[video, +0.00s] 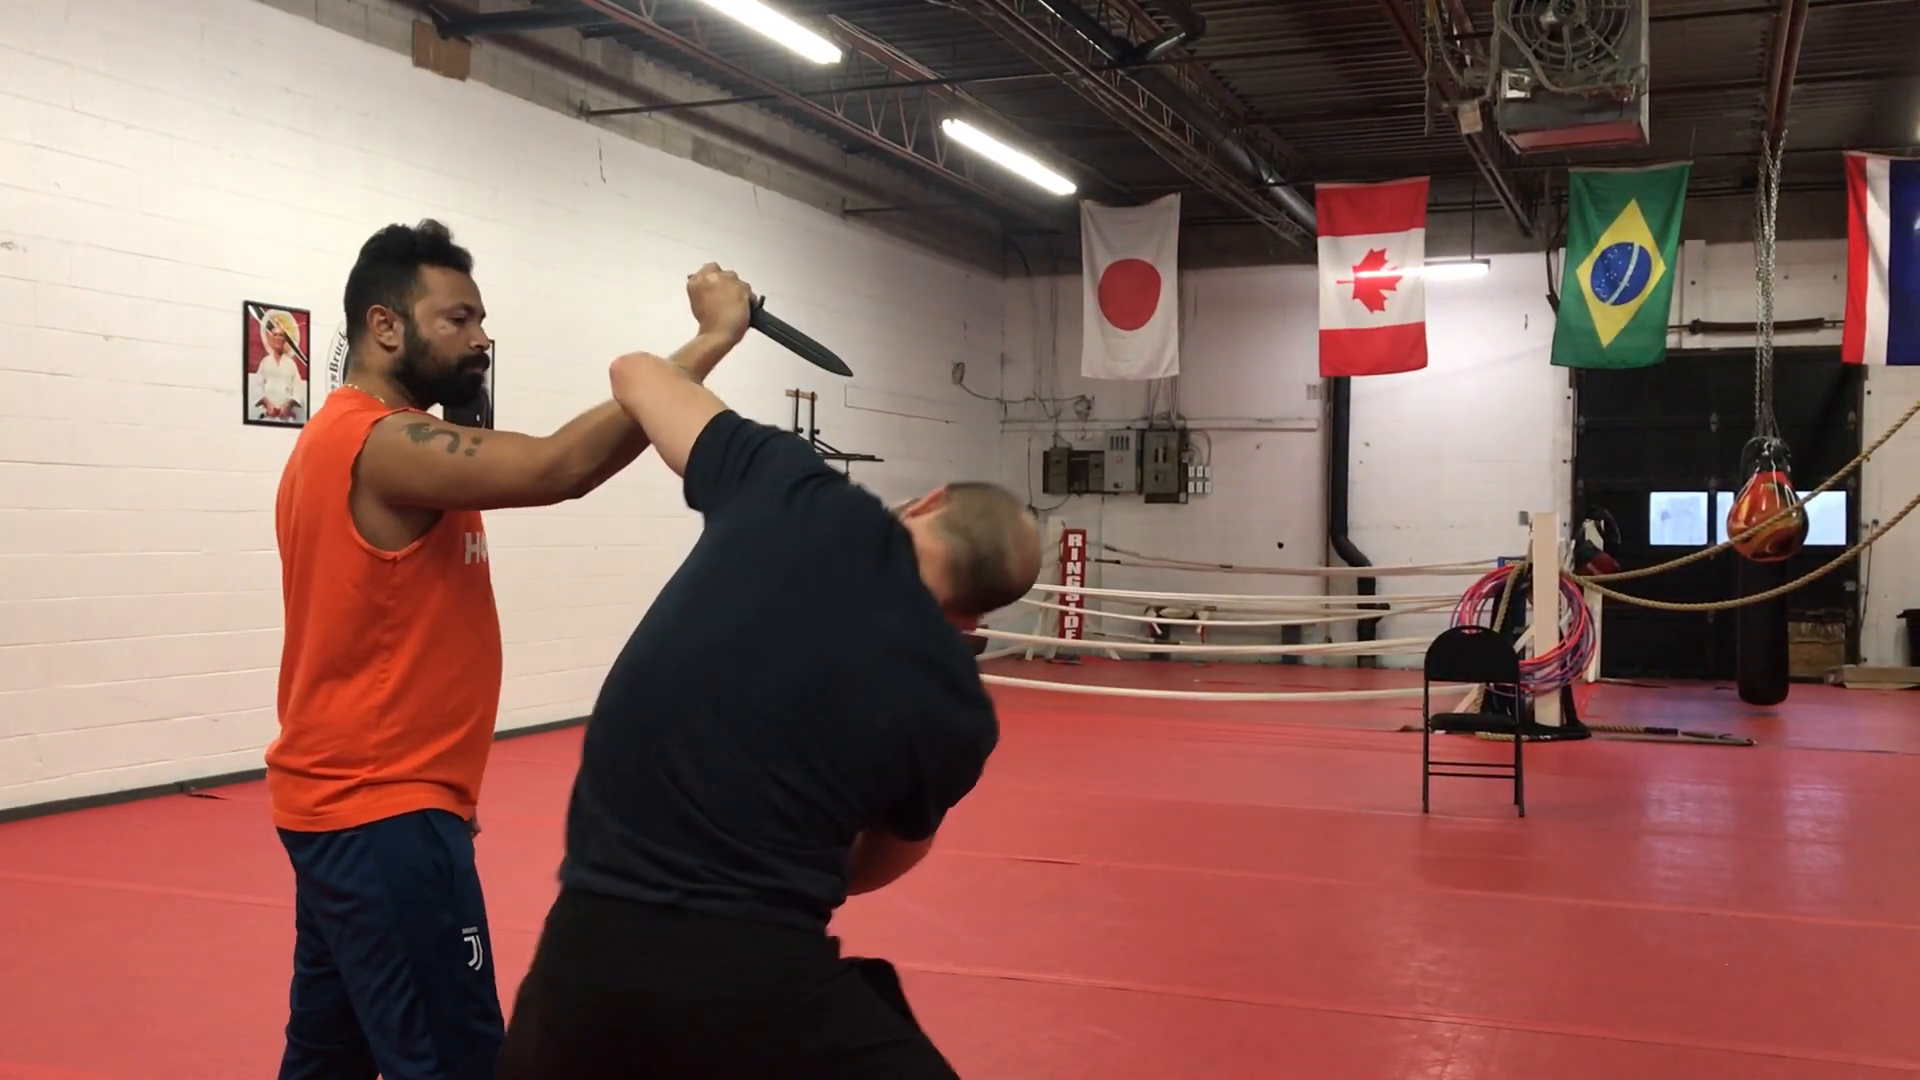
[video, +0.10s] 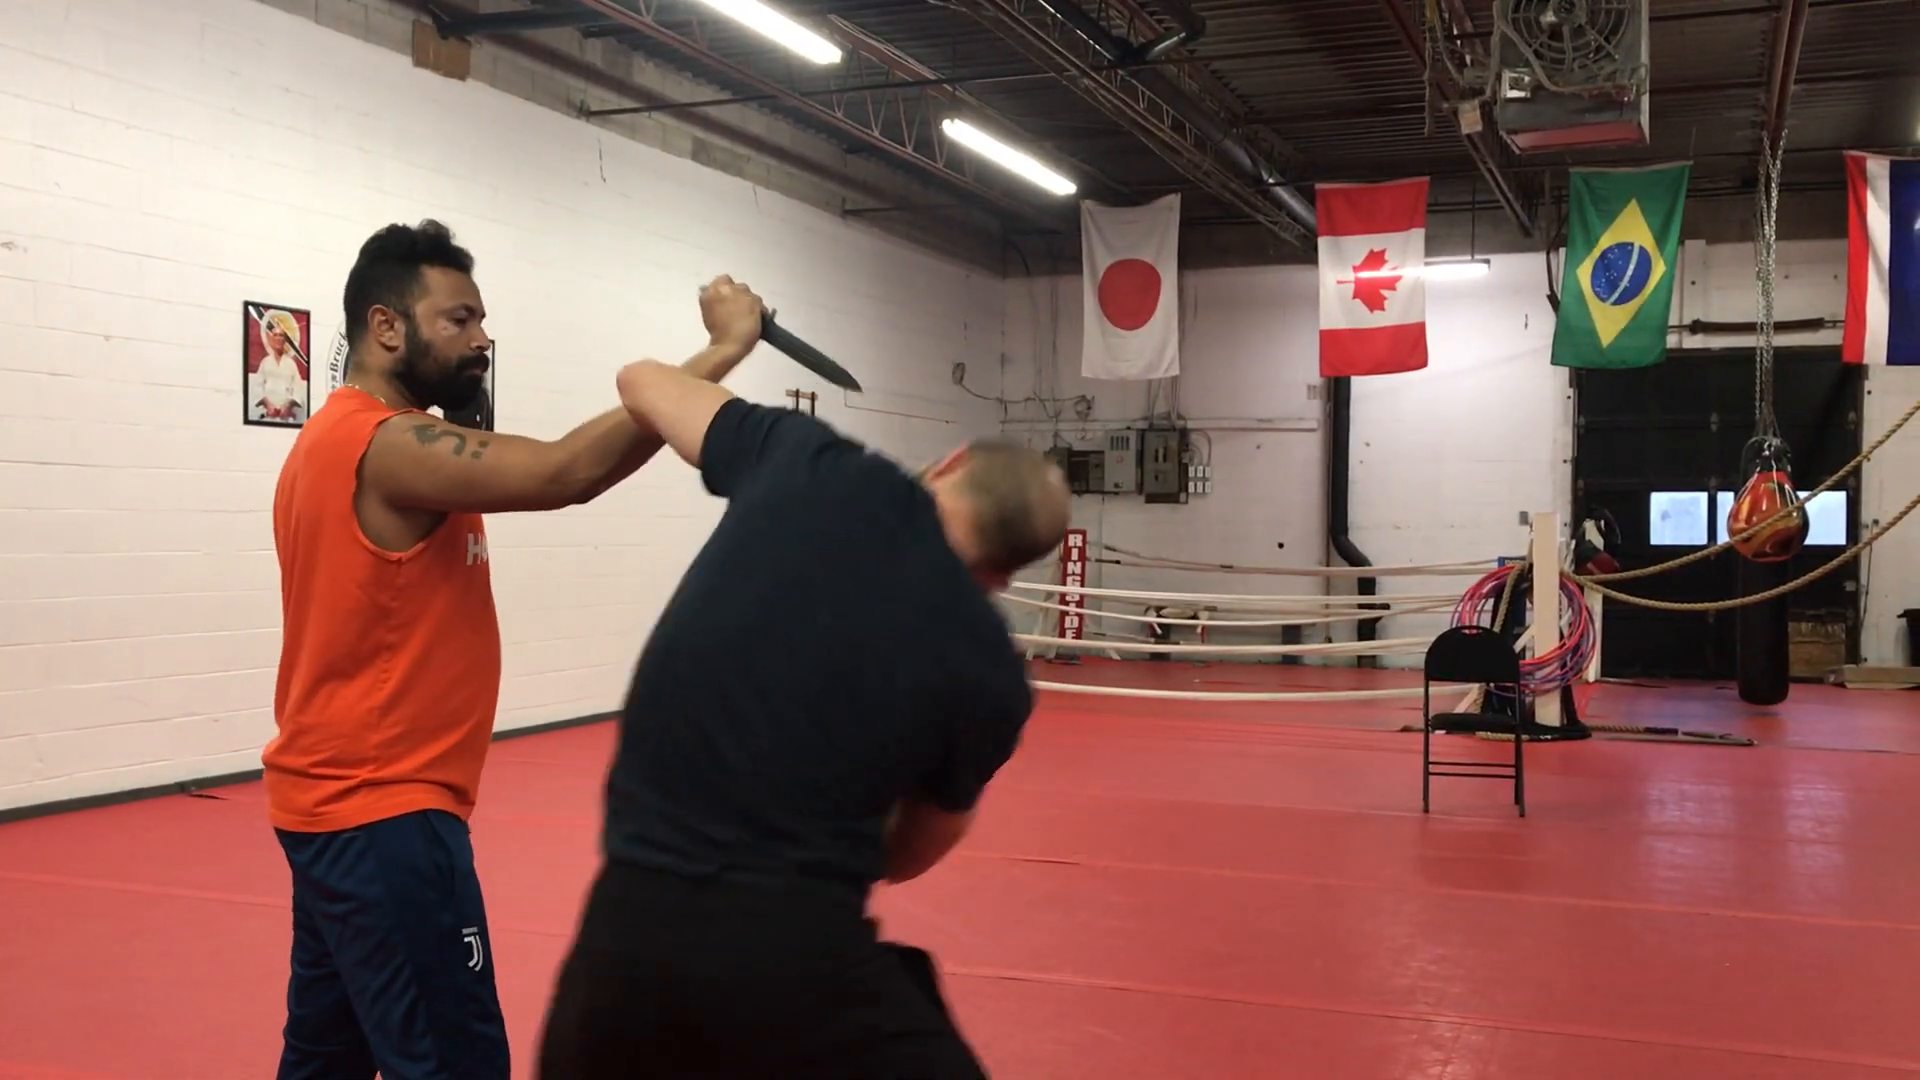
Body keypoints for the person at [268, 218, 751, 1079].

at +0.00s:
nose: (482, 337)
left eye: (479, 317)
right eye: (460, 316)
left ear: (388, 332)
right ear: (384, 326)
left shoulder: (331, 437)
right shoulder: (385, 439)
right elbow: (563, 465)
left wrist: (454, 425)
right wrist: (711, 340)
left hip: (339, 809)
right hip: (389, 816)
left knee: (328, 1060)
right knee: (455, 1059)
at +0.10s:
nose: (482, 338)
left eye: (478, 318)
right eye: (461, 318)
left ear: (383, 332)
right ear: (384, 327)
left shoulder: (326, 440)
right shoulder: (389, 441)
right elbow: (570, 470)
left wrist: (454, 421)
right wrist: (721, 351)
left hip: (332, 809)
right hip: (388, 817)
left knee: (326, 1062)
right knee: (459, 1062)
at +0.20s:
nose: (485, 337)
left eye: (481, 315)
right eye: (464, 316)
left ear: (387, 332)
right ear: (388, 328)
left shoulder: (325, 439)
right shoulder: (397, 442)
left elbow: (553, 479)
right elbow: (570, 483)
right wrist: (734, 381)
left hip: (329, 810)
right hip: (388, 818)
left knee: (330, 1060)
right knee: (459, 1060)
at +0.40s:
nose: (492, 331)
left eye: (487, 310)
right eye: (470, 310)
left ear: (391, 328)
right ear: (392, 324)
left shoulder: (332, 437)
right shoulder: (396, 449)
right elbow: (568, 519)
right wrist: (746, 451)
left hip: (330, 806)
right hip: (392, 815)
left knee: (332, 1058)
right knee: (452, 1059)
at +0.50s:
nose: (496, 328)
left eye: (489, 307)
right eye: (472, 308)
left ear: (395, 329)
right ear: (395, 324)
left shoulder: (336, 439)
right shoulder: (396, 450)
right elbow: (565, 531)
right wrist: (742, 438)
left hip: (335, 805)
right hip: (393, 814)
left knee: (337, 1057)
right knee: (452, 1058)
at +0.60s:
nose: (493, 326)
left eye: (489, 305)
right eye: (468, 306)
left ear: (397, 328)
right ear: (394, 323)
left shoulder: (346, 434)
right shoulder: (391, 446)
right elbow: (552, 542)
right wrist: (705, 426)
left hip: (345, 805)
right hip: (394, 812)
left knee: (342, 1057)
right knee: (451, 1059)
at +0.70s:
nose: (486, 326)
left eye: (483, 305)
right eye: (462, 306)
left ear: (391, 328)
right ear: (388, 322)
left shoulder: (353, 435)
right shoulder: (385, 442)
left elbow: (386, 633)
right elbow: (534, 542)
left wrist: (466, 763)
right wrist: (653, 402)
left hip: (361, 803)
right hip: (395, 809)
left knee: (350, 1055)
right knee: (451, 1059)